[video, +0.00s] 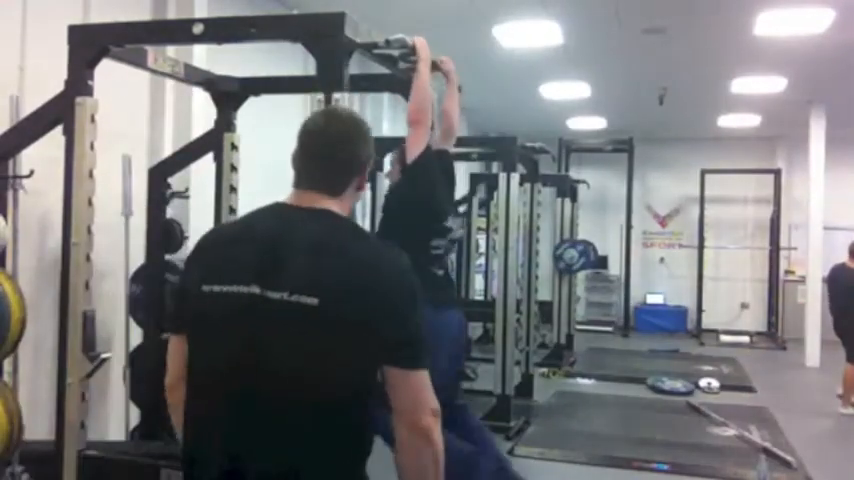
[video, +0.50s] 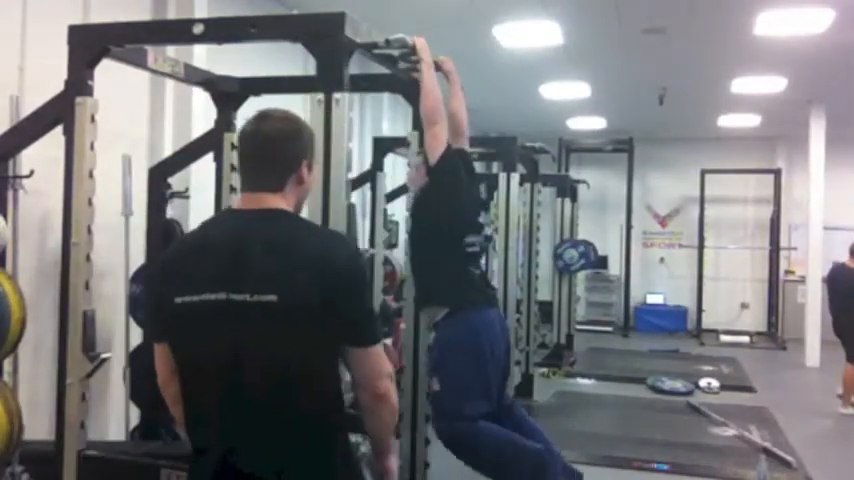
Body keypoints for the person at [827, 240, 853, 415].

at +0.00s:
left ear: (848, 253)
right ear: (852, 254)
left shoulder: (836, 271)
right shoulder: (843, 272)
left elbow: (833, 302)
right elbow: (835, 303)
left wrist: (837, 318)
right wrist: (839, 319)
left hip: (841, 323)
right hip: (848, 324)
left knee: (850, 358)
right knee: (850, 360)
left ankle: (845, 389)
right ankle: (847, 400)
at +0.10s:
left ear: (848, 253)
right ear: (852, 254)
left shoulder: (836, 271)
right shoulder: (843, 272)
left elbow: (833, 302)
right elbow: (836, 303)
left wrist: (837, 318)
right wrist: (839, 319)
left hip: (841, 323)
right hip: (848, 324)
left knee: (850, 358)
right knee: (850, 360)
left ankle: (845, 389)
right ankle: (847, 400)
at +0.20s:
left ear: (848, 253)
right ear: (851, 254)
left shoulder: (836, 271)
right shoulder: (843, 273)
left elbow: (834, 303)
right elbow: (837, 304)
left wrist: (838, 320)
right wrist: (840, 322)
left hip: (841, 324)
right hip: (848, 325)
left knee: (849, 359)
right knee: (850, 361)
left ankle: (845, 389)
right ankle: (847, 401)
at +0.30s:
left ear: (848, 254)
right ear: (851, 255)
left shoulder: (836, 271)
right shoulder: (843, 273)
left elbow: (834, 304)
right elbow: (837, 304)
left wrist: (838, 320)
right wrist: (840, 322)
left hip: (840, 323)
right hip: (848, 324)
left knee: (849, 358)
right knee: (850, 360)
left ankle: (845, 389)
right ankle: (847, 401)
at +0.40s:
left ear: (848, 253)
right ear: (851, 255)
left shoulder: (836, 272)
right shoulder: (843, 273)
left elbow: (834, 304)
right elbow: (837, 305)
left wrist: (838, 321)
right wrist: (840, 323)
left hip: (841, 324)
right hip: (847, 325)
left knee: (849, 359)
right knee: (850, 361)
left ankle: (845, 389)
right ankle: (847, 401)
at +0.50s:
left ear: (848, 253)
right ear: (851, 255)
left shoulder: (836, 272)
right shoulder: (843, 273)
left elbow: (833, 304)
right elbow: (837, 305)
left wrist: (838, 321)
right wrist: (841, 324)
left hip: (840, 325)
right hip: (847, 326)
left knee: (849, 359)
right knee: (850, 361)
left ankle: (845, 389)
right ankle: (847, 401)